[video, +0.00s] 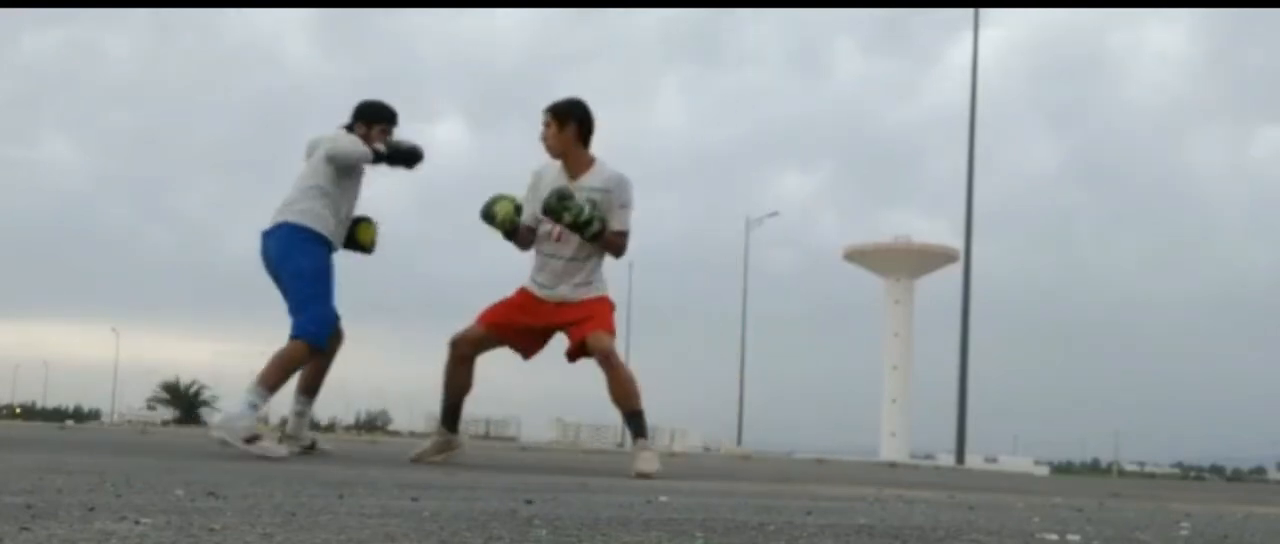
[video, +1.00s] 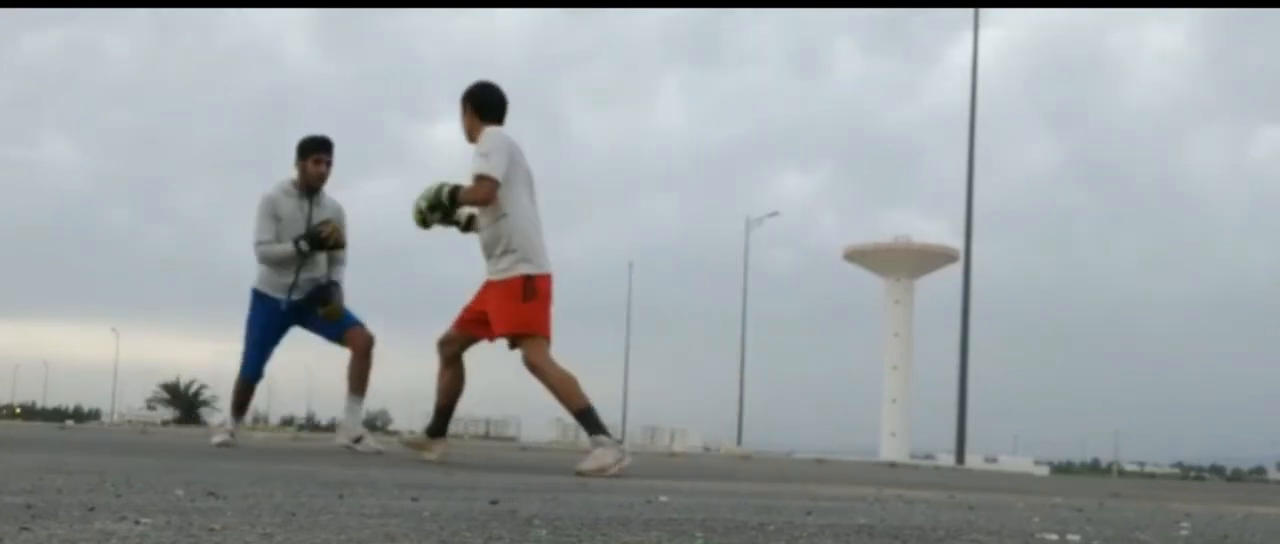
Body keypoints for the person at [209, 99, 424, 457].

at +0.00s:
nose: (385, 142)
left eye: (388, 136)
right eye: (382, 133)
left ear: (368, 131)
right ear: (363, 126)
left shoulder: (348, 163)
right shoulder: (340, 140)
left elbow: (319, 216)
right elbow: (339, 152)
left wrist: (347, 233)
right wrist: (384, 154)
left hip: (305, 242)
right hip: (297, 237)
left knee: (330, 336)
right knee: (314, 332)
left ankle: (297, 428)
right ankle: (242, 417)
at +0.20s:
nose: (394, 122)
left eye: (398, 114)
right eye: (389, 112)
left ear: (393, 115)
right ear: (367, 107)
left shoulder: (361, 140)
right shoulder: (349, 130)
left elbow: (334, 186)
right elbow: (305, 171)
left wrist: (370, 197)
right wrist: (350, 188)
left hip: (308, 236)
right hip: (317, 236)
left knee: (338, 330)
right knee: (353, 329)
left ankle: (297, 419)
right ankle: (318, 429)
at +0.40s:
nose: (381, 175)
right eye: (381, 168)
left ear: (346, 156)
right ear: (371, 161)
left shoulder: (330, 181)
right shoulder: (360, 178)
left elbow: (366, 245)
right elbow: (353, 223)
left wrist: (383, 206)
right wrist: (367, 266)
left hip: (302, 270)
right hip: (322, 271)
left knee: (360, 349)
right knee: (379, 350)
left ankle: (327, 429)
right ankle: (325, 431)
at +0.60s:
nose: (393, 185)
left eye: (396, 178)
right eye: (390, 176)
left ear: (379, 175)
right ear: (371, 170)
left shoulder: (360, 204)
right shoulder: (348, 187)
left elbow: (346, 256)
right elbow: (314, 228)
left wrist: (364, 296)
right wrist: (343, 263)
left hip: (330, 281)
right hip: (308, 276)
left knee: (381, 351)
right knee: (336, 346)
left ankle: (353, 430)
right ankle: (318, 430)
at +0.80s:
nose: (350, 146)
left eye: (355, 140)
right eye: (344, 138)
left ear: (359, 146)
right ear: (329, 140)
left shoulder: (354, 194)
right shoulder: (299, 173)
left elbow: (360, 242)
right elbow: (271, 216)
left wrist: (346, 280)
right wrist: (315, 224)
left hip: (329, 275)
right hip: (294, 267)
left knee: (366, 346)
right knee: (296, 347)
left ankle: (349, 426)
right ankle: (244, 410)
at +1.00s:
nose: (323, 170)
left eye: (327, 164)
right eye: (317, 163)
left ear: (331, 168)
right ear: (300, 164)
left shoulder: (333, 210)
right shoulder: (273, 201)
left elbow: (338, 257)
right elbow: (264, 252)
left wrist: (334, 288)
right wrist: (304, 245)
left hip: (312, 299)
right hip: (271, 299)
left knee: (362, 341)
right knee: (251, 370)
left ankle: (351, 426)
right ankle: (231, 427)